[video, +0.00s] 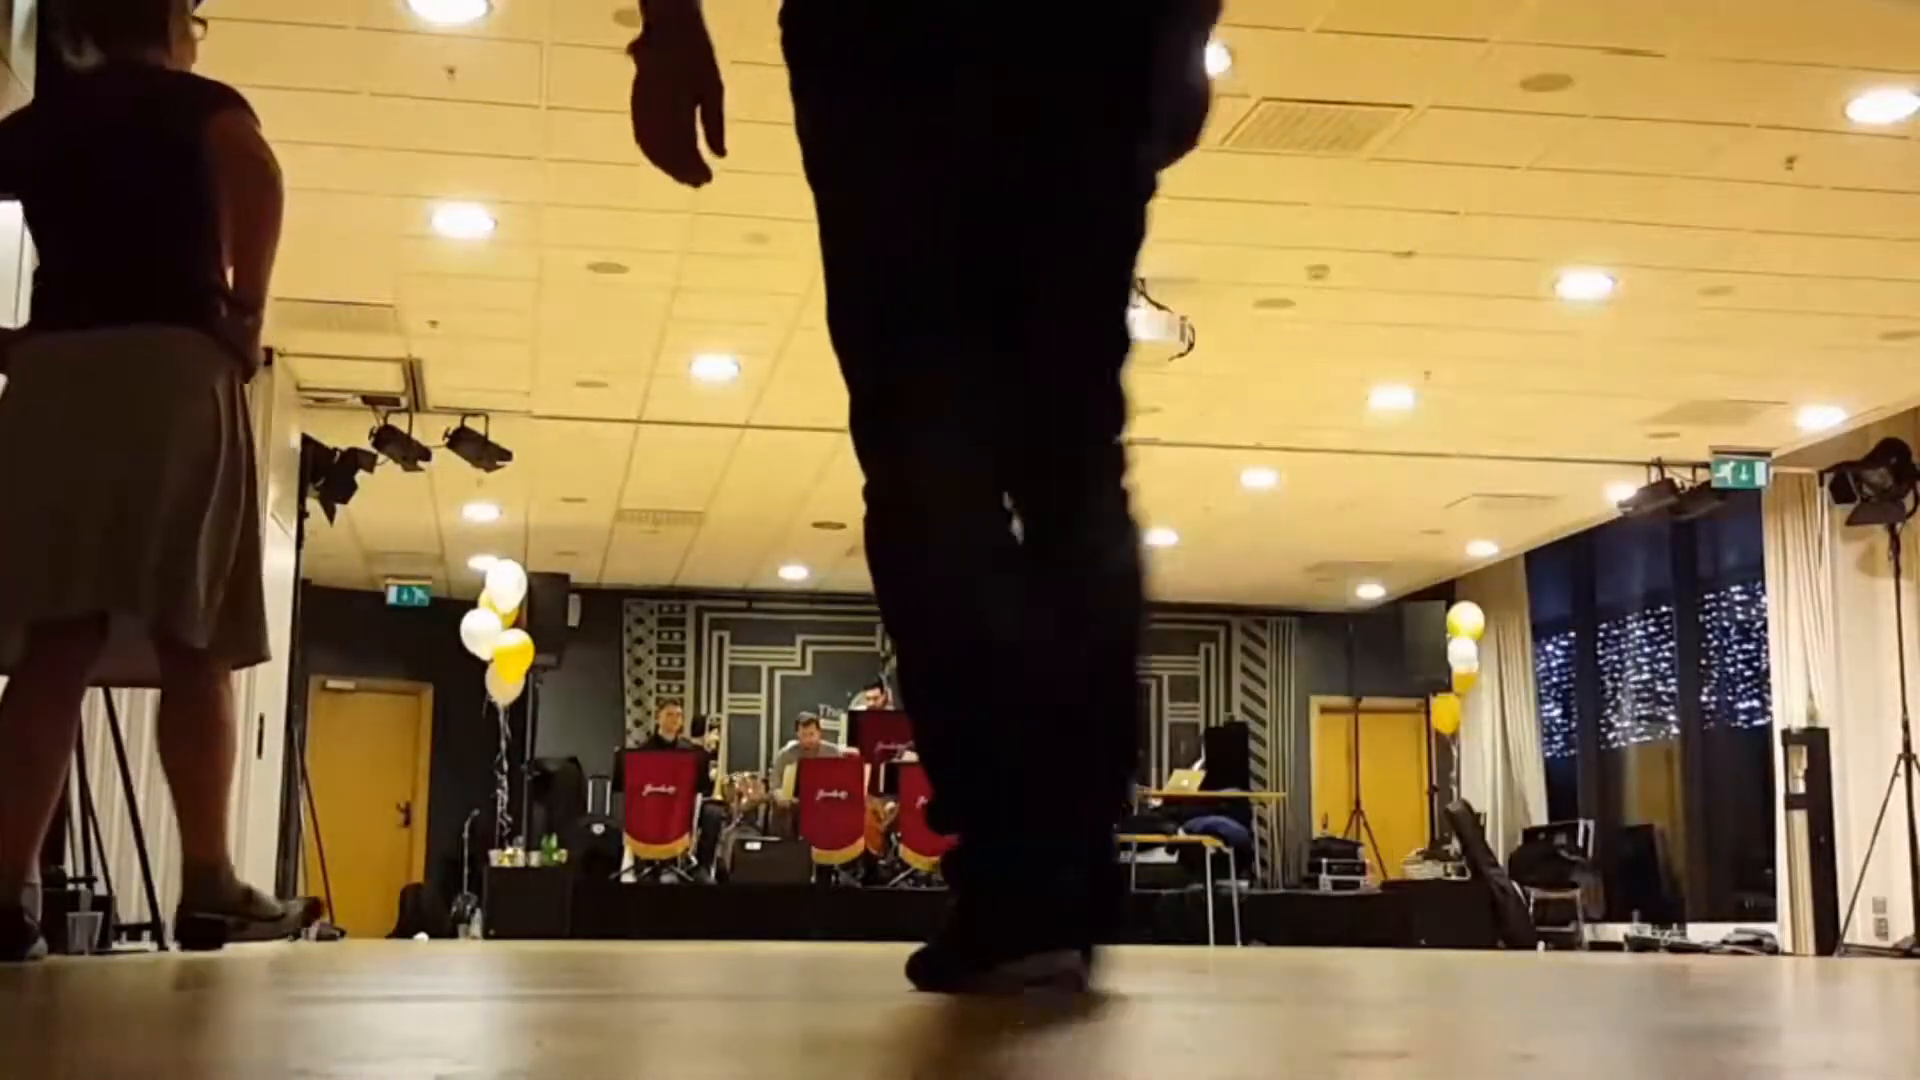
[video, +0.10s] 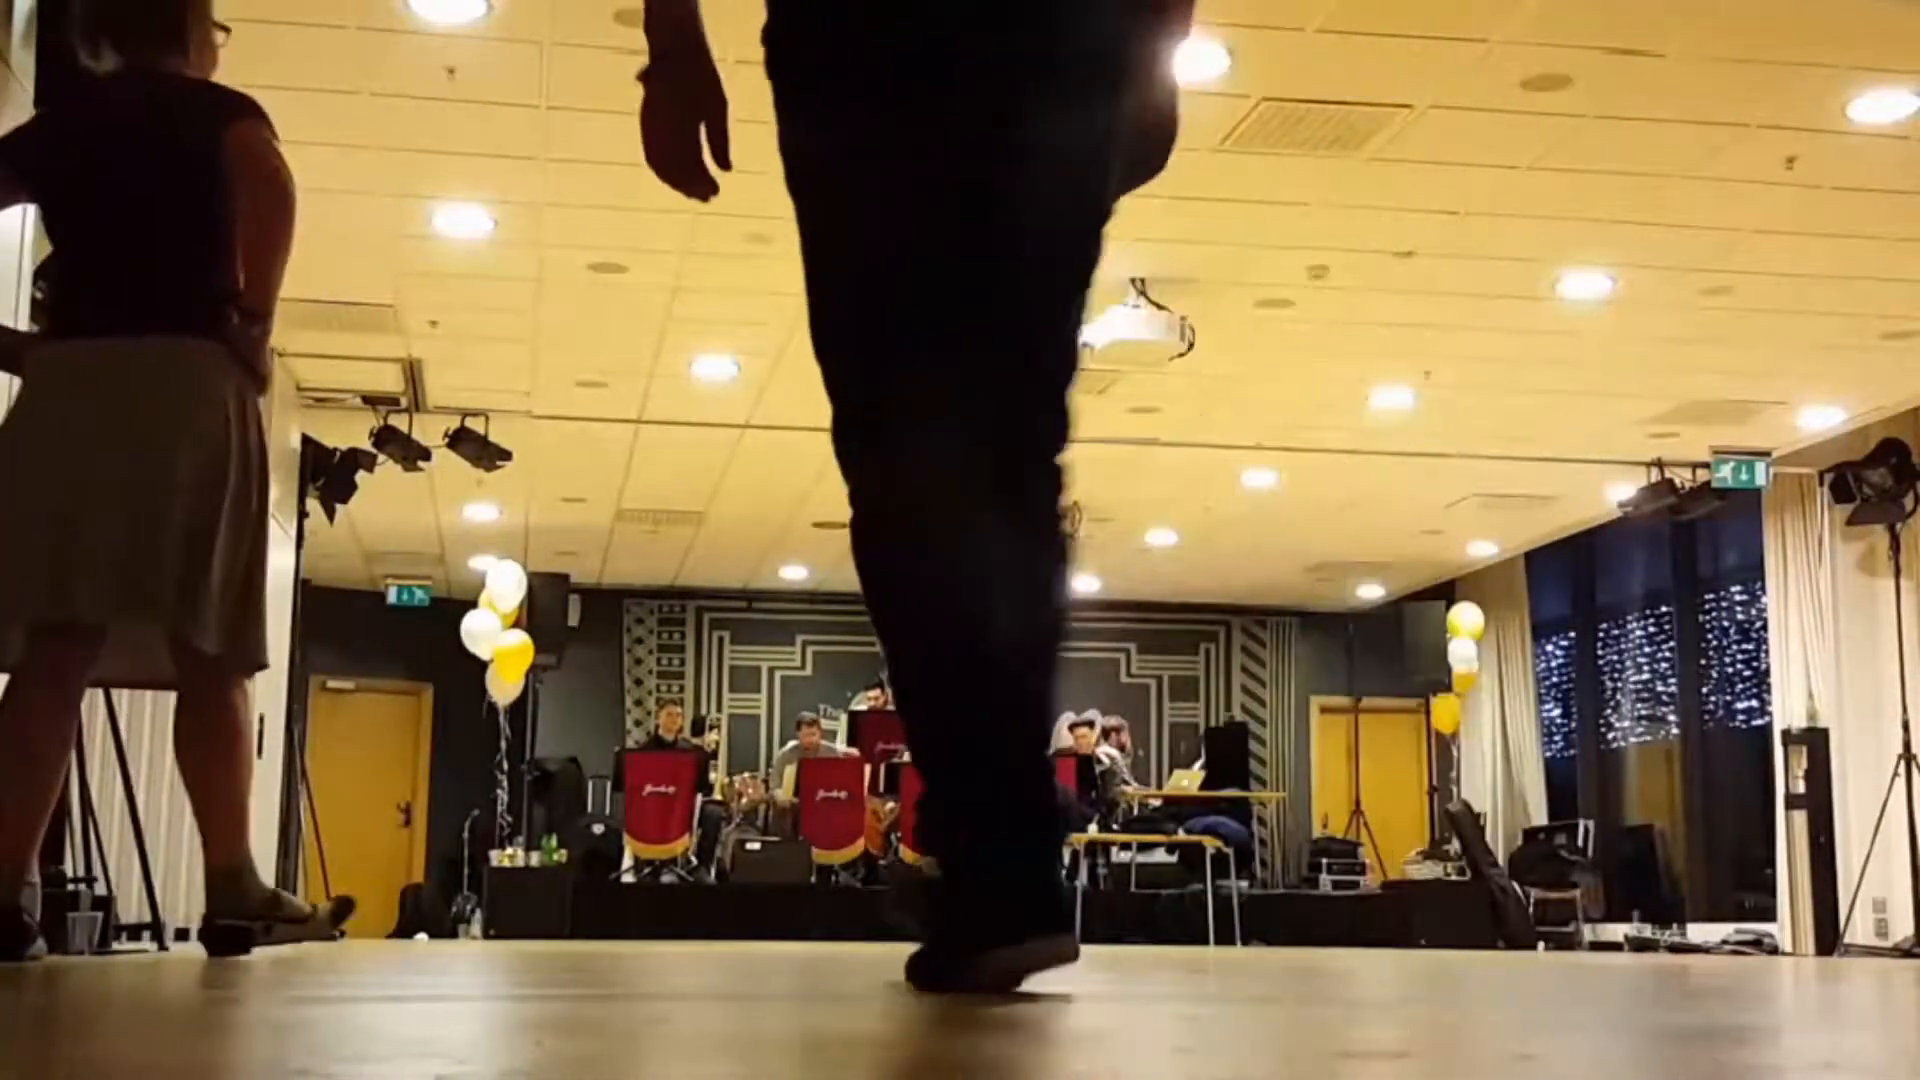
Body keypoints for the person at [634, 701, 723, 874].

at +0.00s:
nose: (674, 719)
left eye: (678, 715)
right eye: (669, 714)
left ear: (682, 720)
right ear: (658, 718)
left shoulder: (695, 752)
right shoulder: (643, 751)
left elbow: (704, 789)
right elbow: (630, 785)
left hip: (683, 807)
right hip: (650, 806)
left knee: (713, 813)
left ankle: (704, 867)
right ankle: (645, 864)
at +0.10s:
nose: (674, 719)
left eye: (678, 715)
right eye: (669, 714)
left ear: (682, 720)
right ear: (658, 718)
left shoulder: (694, 752)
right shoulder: (643, 751)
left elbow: (704, 789)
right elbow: (633, 785)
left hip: (683, 808)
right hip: (651, 806)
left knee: (713, 814)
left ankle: (703, 867)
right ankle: (645, 866)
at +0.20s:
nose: (673, 720)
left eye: (677, 715)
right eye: (668, 715)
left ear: (682, 720)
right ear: (658, 718)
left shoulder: (693, 751)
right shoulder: (645, 750)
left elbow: (704, 789)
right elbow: (636, 784)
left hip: (684, 807)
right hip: (652, 805)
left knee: (714, 815)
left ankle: (704, 867)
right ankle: (644, 867)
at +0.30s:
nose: (673, 720)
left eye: (677, 715)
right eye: (668, 715)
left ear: (682, 720)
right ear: (659, 718)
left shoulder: (693, 751)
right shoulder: (645, 750)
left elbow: (704, 789)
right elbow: (636, 784)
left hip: (684, 806)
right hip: (652, 805)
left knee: (714, 815)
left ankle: (704, 867)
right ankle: (644, 867)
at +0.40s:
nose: (673, 720)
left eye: (677, 715)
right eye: (668, 715)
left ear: (682, 720)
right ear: (658, 719)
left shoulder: (693, 751)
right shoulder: (645, 750)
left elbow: (703, 789)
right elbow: (636, 784)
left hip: (684, 806)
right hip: (652, 805)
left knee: (714, 815)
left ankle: (704, 867)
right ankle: (644, 867)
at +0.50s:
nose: (673, 720)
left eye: (677, 715)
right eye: (668, 715)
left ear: (682, 720)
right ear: (658, 718)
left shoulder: (693, 751)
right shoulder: (645, 750)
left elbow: (704, 789)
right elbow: (636, 784)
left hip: (684, 807)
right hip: (652, 805)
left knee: (714, 815)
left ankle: (704, 866)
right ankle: (644, 866)